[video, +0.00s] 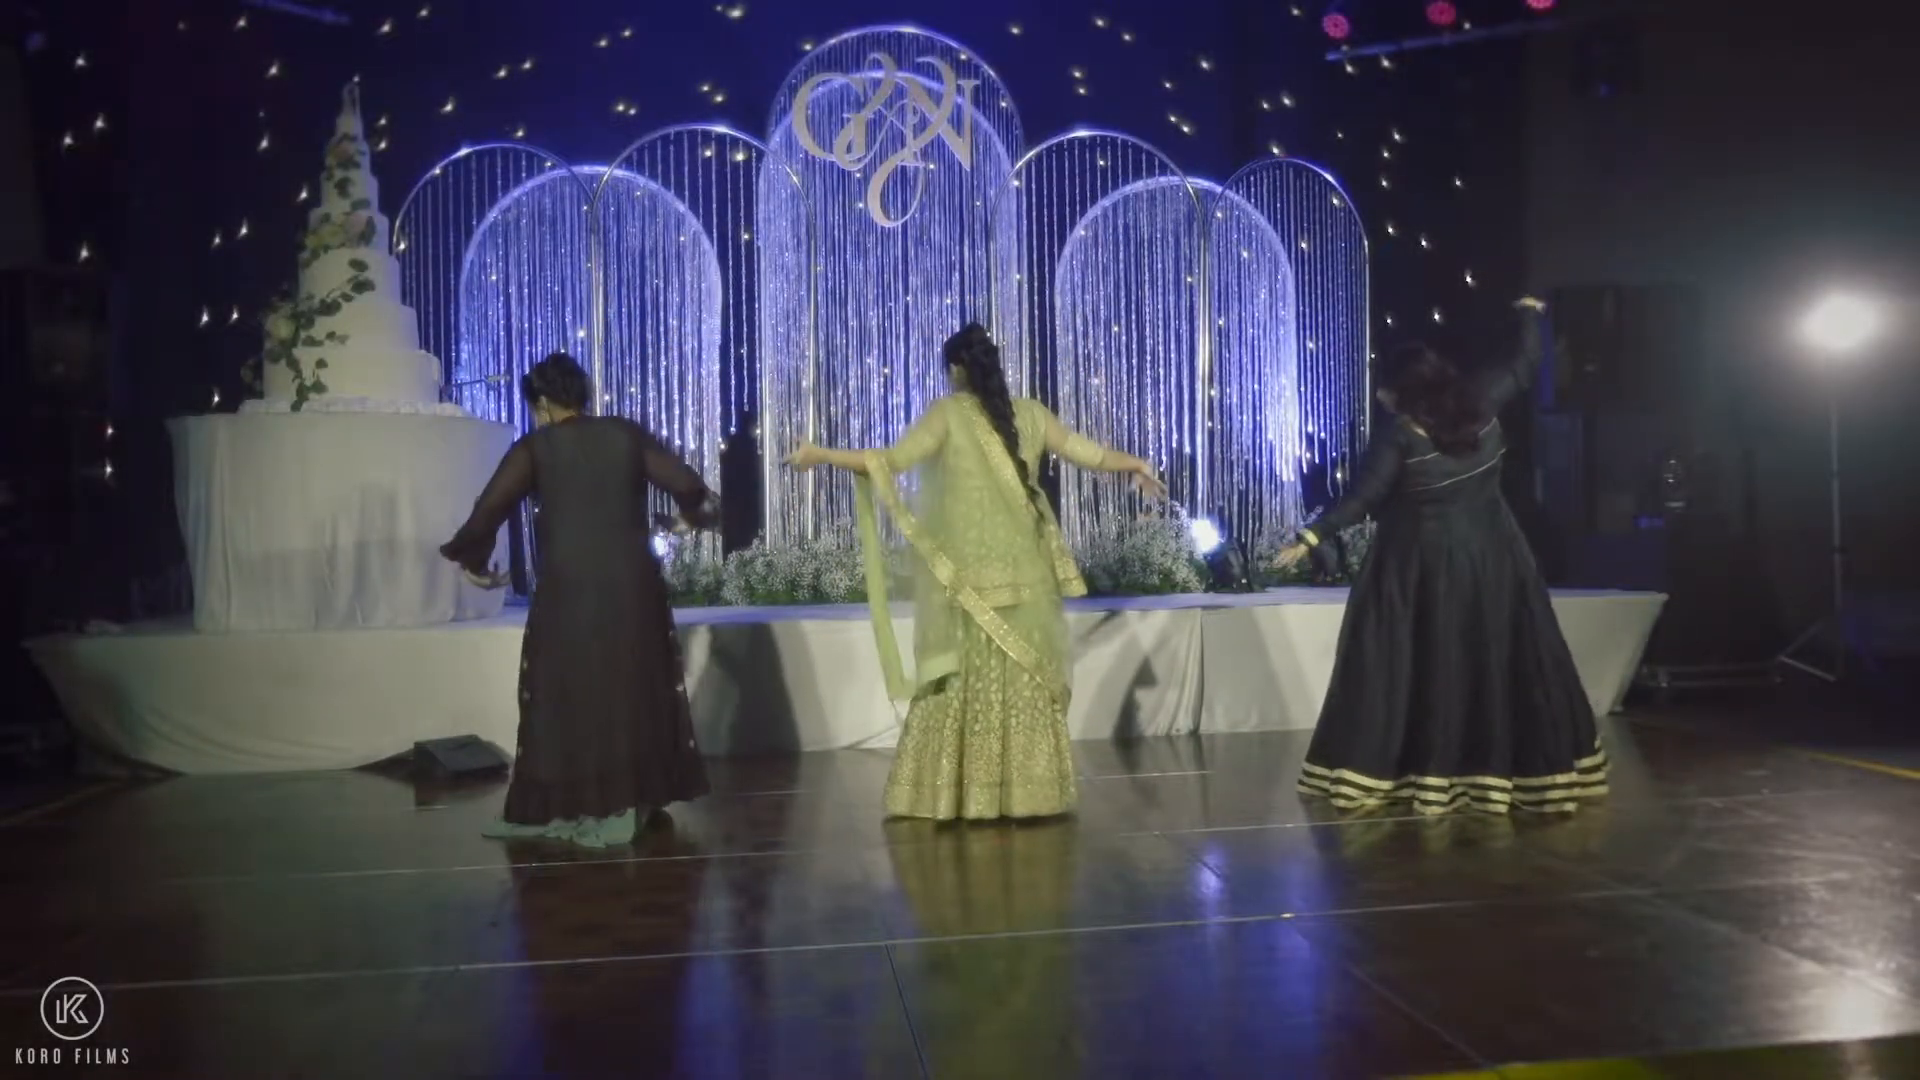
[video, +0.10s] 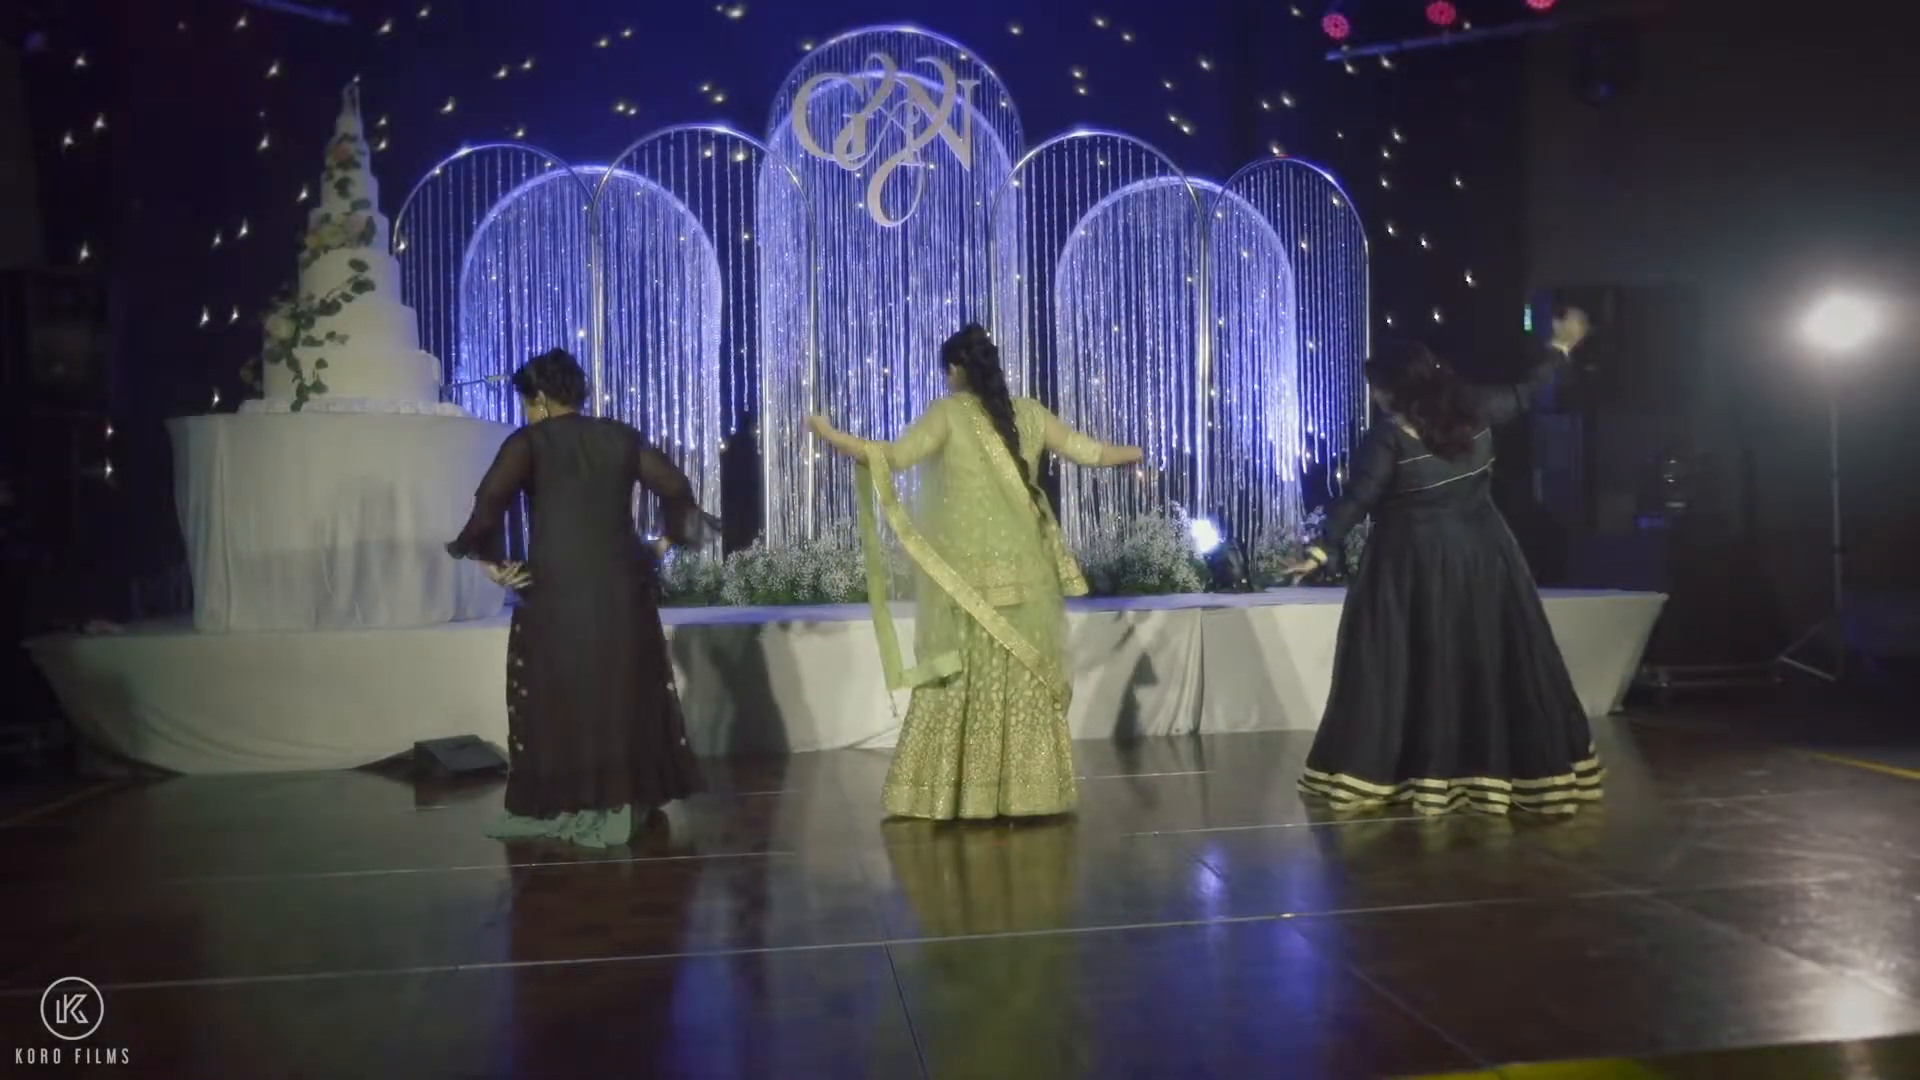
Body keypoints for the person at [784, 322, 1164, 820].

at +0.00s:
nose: (947, 374)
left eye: (947, 368)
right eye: (950, 367)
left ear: (956, 368)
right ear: (993, 365)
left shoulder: (947, 413)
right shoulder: (1031, 414)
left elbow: (889, 461)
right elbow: (1090, 454)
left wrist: (822, 456)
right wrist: (1137, 463)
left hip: (968, 576)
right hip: (1027, 575)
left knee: (968, 688)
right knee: (1029, 685)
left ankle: (967, 795)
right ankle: (1030, 794)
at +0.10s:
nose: (946, 376)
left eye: (947, 368)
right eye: (947, 368)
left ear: (958, 369)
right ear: (991, 366)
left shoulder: (948, 412)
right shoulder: (1029, 413)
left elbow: (894, 457)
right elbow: (1087, 451)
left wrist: (829, 435)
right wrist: (1130, 453)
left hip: (967, 577)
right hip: (1028, 574)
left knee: (966, 688)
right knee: (1029, 686)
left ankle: (967, 796)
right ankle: (1027, 795)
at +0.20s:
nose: (943, 378)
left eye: (945, 370)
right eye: (944, 370)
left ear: (959, 369)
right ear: (988, 367)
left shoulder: (946, 412)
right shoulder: (1024, 416)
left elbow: (908, 462)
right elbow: (1069, 468)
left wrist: (844, 442)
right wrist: (1110, 469)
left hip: (966, 573)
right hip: (1026, 572)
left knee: (968, 686)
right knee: (1029, 683)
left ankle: (970, 796)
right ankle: (1028, 795)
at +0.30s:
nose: (940, 377)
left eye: (942, 369)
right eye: (941, 369)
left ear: (957, 368)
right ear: (985, 367)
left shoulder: (945, 411)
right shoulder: (1018, 416)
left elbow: (919, 469)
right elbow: (1056, 483)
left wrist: (857, 460)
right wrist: (1068, 503)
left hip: (968, 573)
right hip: (1025, 571)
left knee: (967, 686)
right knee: (1028, 682)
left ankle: (971, 795)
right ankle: (1029, 794)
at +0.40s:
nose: (931, 376)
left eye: (934, 368)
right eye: (931, 368)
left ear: (955, 366)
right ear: (970, 366)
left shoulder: (948, 409)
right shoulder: (995, 413)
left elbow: (933, 469)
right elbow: (1031, 486)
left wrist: (869, 469)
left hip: (969, 570)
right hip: (1013, 566)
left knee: (967, 681)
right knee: (1012, 681)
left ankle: (966, 795)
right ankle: (1014, 795)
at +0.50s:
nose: (928, 373)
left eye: (933, 365)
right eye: (929, 365)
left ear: (954, 367)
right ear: (964, 367)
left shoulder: (955, 409)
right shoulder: (976, 409)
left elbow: (950, 465)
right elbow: (962, 469)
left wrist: (903, 463)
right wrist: (914, 463)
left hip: (967, 567)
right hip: (990, 564)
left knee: (969, 676)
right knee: (993, 676)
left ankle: (972, 792)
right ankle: (1001, 791)